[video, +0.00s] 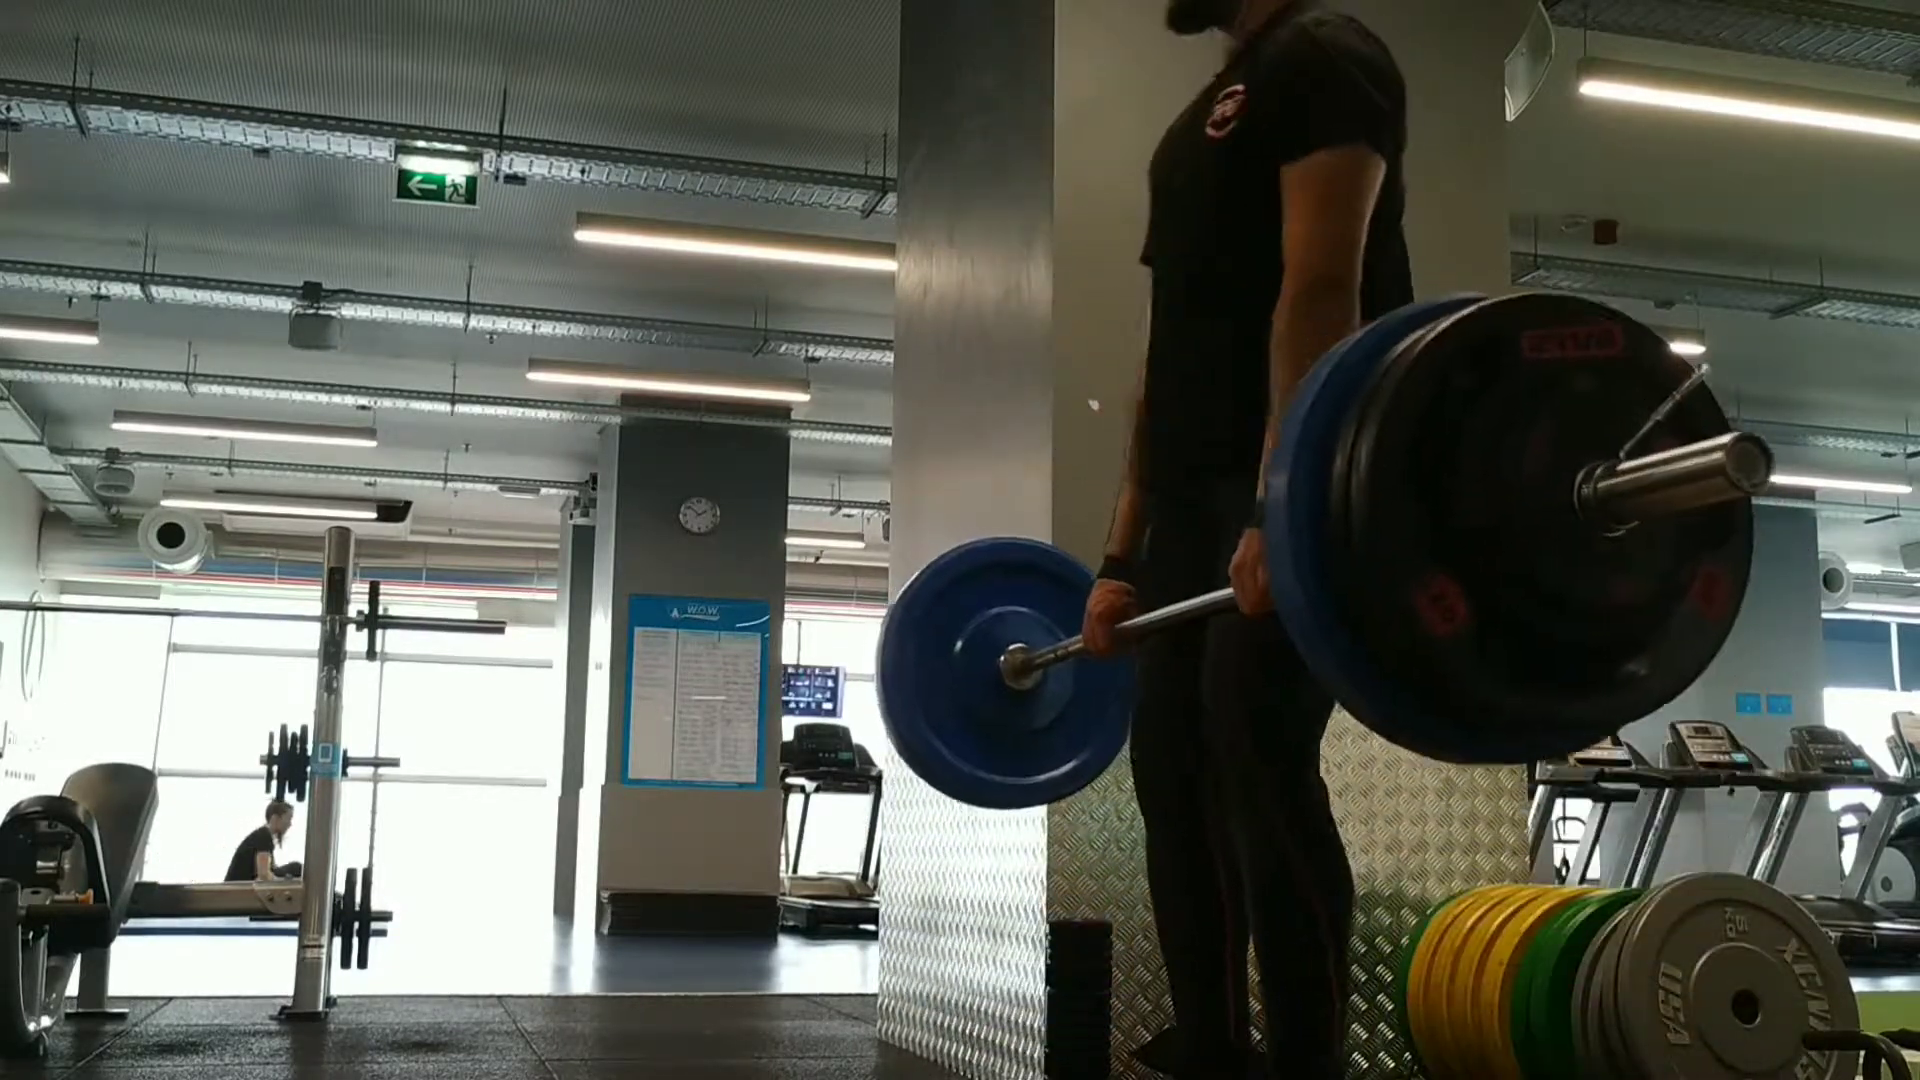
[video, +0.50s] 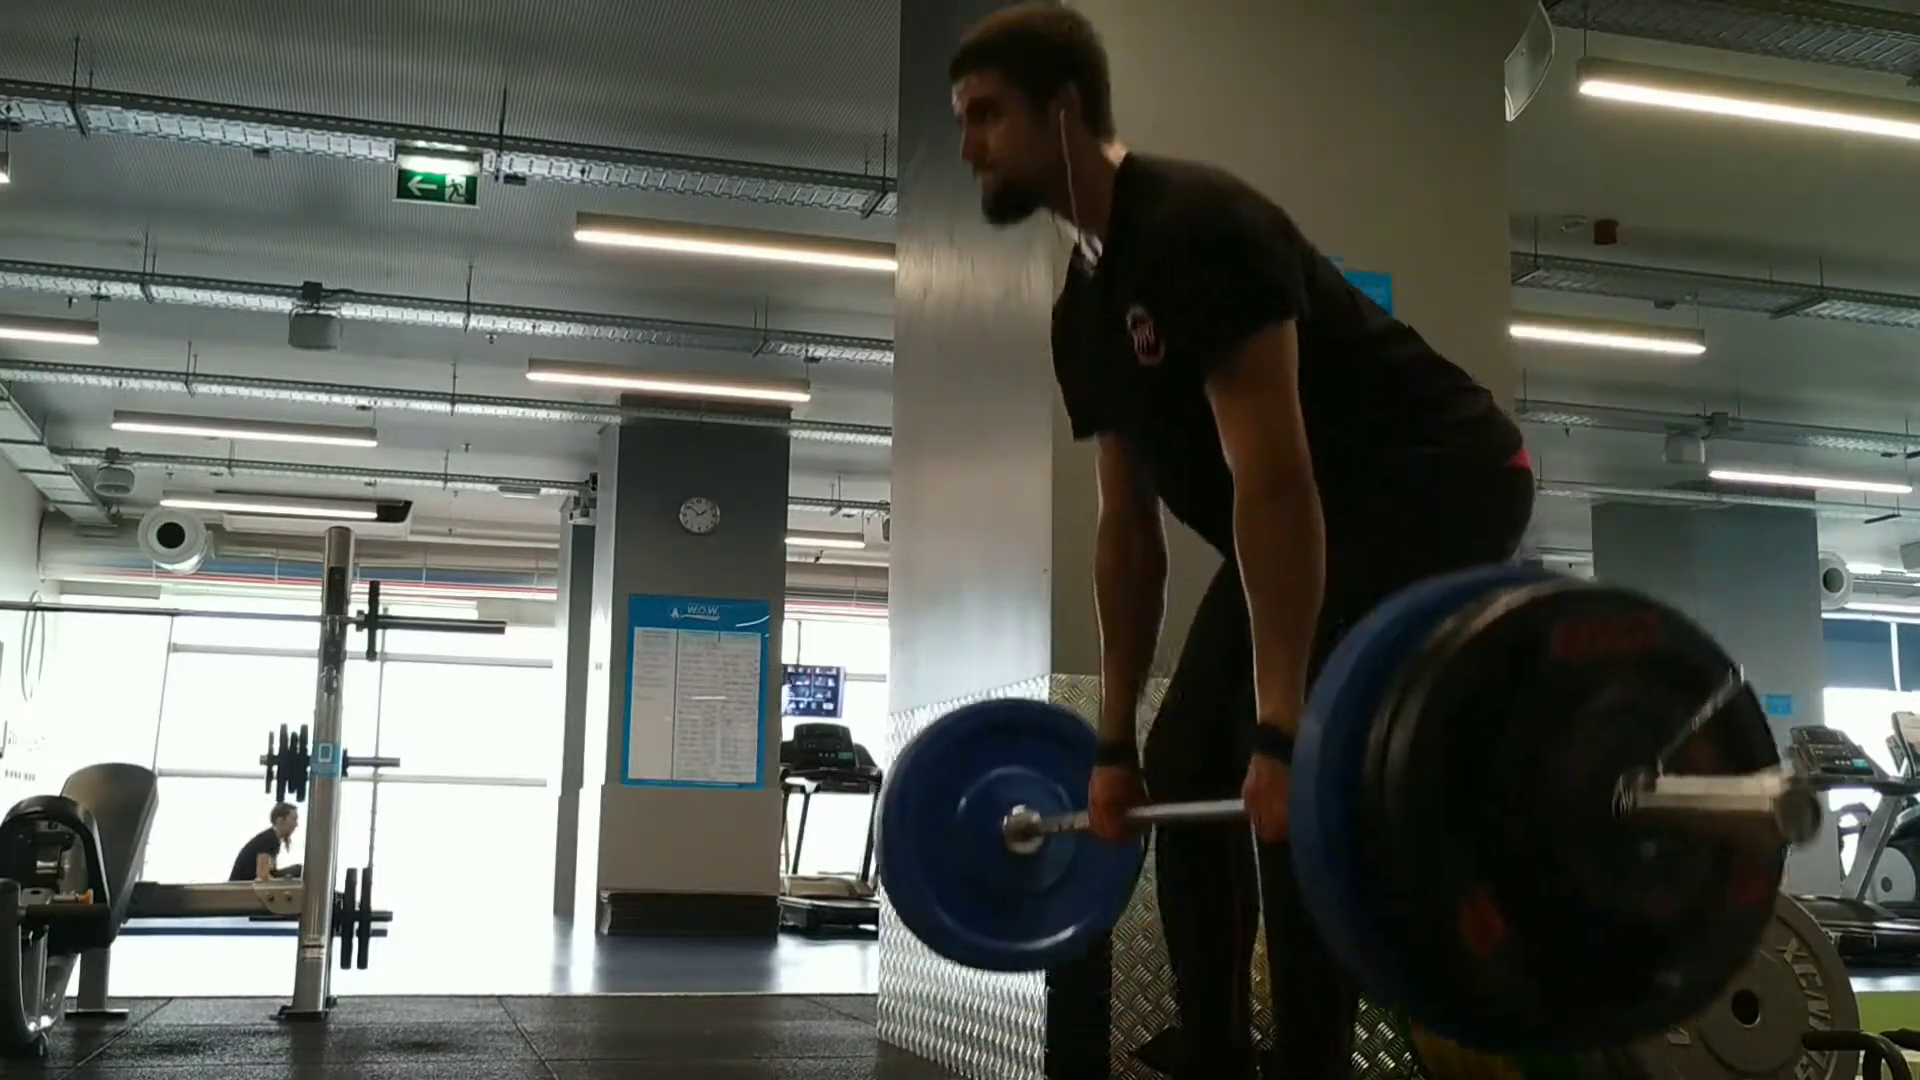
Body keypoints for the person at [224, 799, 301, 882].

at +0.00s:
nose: (290, 824)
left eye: (290, 819)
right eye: (288, 819)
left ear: (274, 818)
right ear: (275, 818)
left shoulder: (266, 835)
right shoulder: (264, 835)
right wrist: (283, 886)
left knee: (295, 867)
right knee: (295, 867)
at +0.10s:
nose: (294, 826)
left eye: (294, 821)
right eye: (292, 820)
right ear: (279, 819)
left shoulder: (270, 837)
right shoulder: (268, 837)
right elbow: (268, 875)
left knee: (296, 867)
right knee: (296, 868)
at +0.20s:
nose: (297, 827)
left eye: (298, 822)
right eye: (295, 821)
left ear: (282, 822)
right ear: (282, 821)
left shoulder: (273, 839)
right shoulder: (270, 839)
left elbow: (269, 874)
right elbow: (267, 876)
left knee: (297, 869)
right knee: (297, 869)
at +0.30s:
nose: (298, 827)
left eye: (299, 822)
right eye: (296, 821)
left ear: (282, 822)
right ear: (283, 822)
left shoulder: (274, 841)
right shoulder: (271, 840)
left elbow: (269, 873)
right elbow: (265, 876)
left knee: (297, 869)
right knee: (297, 869)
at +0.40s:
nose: (298, 826)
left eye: (298, 821)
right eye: (295, 821)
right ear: (281, 821)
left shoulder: (275, 840)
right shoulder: (270, 840)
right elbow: (265, 877)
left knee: (297, 869)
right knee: (297, 869)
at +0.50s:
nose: (296, 825)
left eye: (296, 820)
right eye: (294, 819)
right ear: (280, 820)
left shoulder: (274, 840)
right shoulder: (268, 838)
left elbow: (271, 872)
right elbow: (262, 875)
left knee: (297, 869)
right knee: (297, 869)